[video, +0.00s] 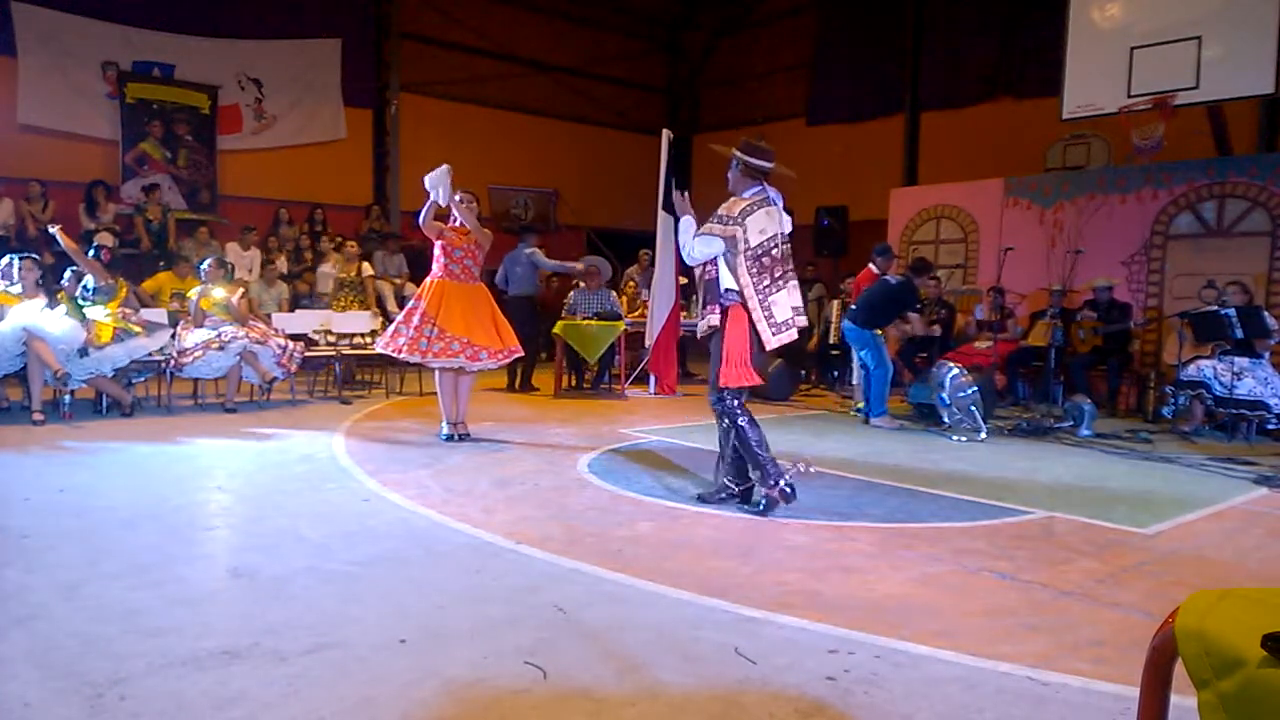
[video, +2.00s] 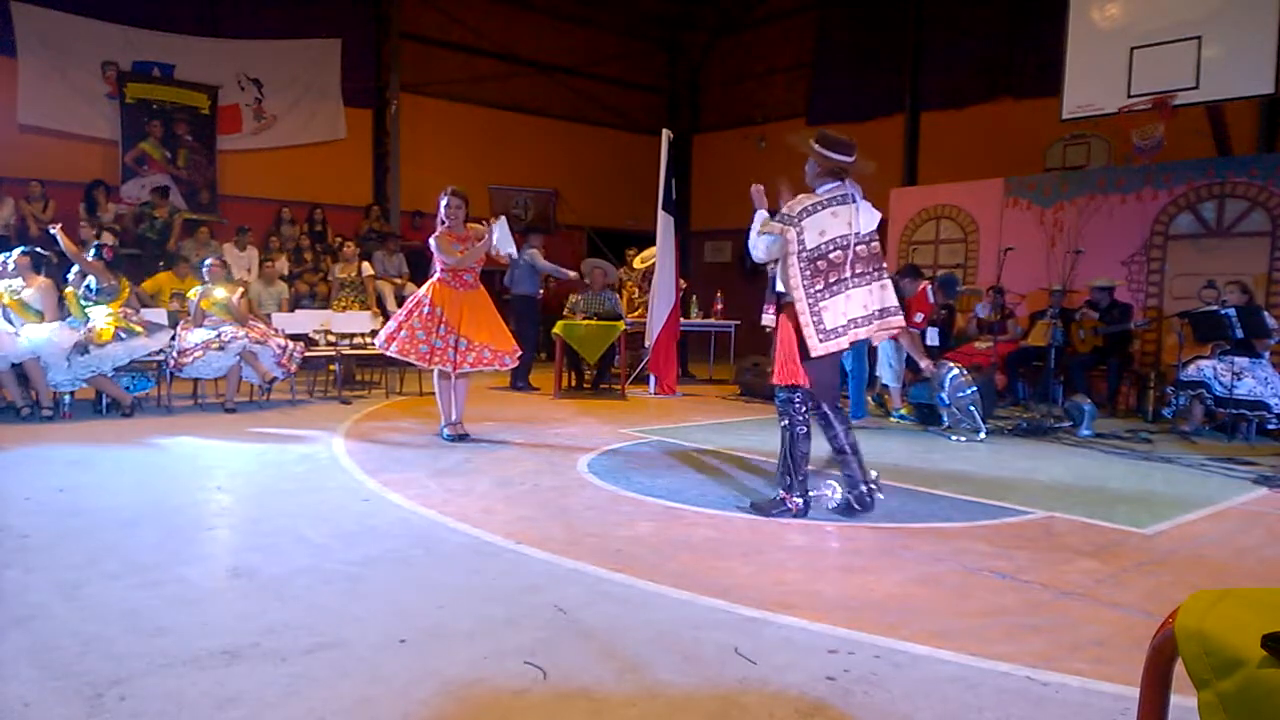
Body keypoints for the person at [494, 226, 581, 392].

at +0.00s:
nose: (538, 242)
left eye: (537, 239)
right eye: (536, 239)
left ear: (520, 239)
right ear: (532, 239)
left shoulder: (509, 257)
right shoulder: (532, 252)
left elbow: (499, 281)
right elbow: (548, 265)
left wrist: (513, 289)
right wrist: (574, 267)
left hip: (511, 300)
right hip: (528, 299)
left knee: (512, 339)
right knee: (532, 341)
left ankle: (511, 381)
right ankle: (526, 381)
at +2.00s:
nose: (541, 243)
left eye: (541, 239)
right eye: (539, 239)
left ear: (526, 240)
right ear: (533, 239)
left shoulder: (517, 257)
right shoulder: (532, 253)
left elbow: (507, 281)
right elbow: (543, 266)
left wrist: (530, 288)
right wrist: (567, 274)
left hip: (517, 298)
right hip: (528, 299)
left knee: (522, 338)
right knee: (530, 338)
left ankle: (517, 376)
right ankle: (522, 378)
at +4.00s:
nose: (543, 244)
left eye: (543, 240)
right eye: (542, 240)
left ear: (528, 239)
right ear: (535, 240)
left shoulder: (516, 256)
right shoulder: (530, 253)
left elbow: (506, 280)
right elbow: (537, 272)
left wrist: (522, 285)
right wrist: (562, 266)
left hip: (516, 298)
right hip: (528, 299)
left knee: (523, 338)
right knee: (530, 338)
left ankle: (518, 376)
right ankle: (522, 378)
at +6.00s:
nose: (572, 260)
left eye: (574, 256)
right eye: (571, 255)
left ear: (567, 255)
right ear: (564, 252)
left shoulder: (558, 268)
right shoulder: (549, 259)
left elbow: (551, 285)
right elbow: (532, 272)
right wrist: (543, 294)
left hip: (538, 301)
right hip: (528, 300)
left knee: (541, 340)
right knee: (529, 338)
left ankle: (537, 376)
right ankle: (517, 376)